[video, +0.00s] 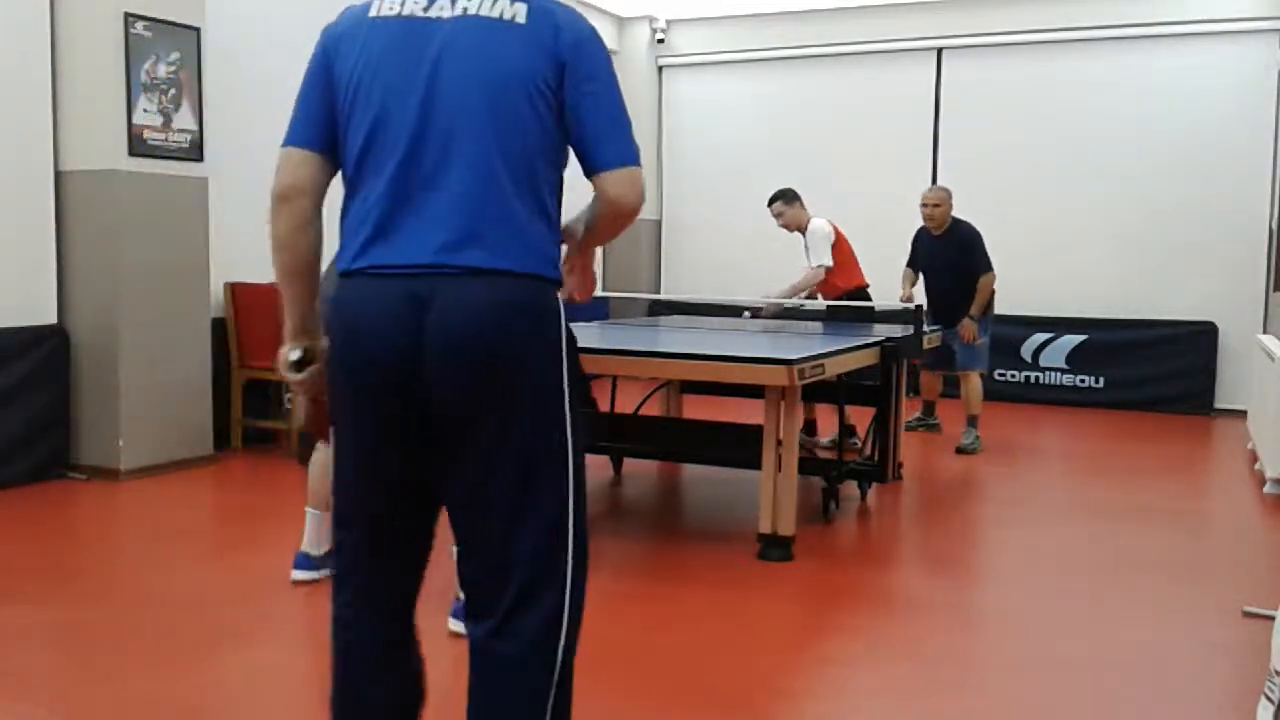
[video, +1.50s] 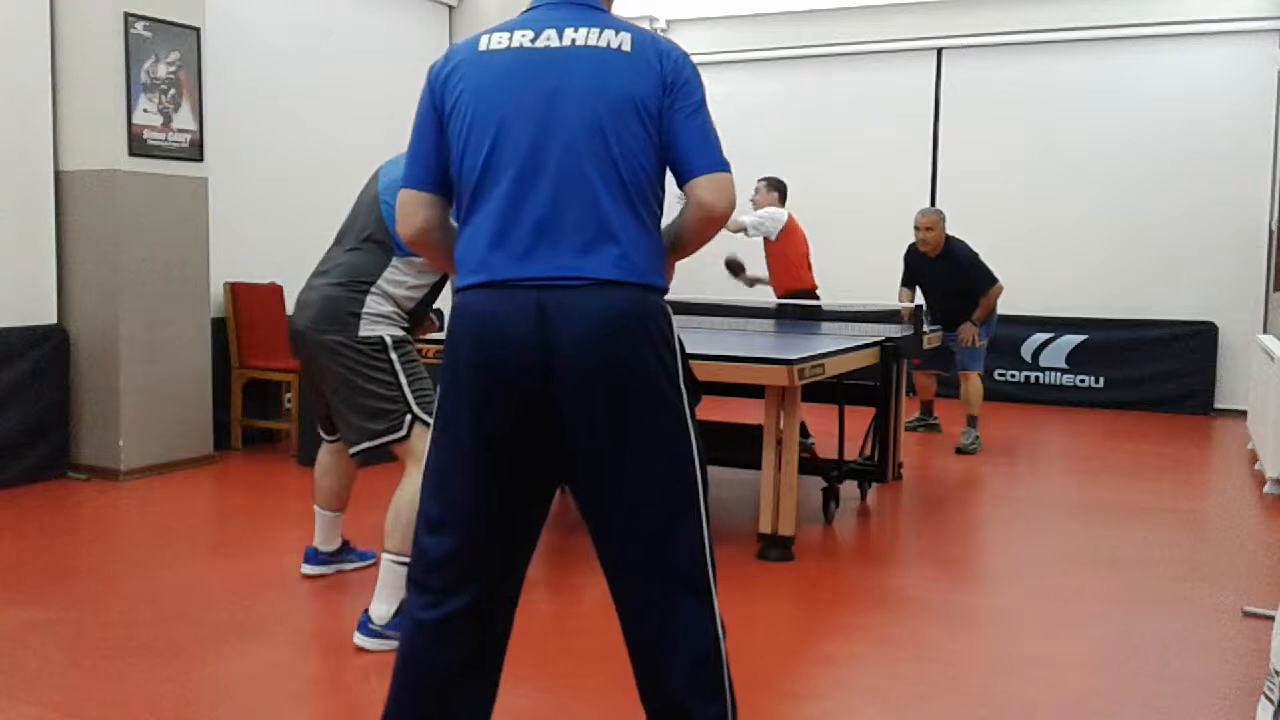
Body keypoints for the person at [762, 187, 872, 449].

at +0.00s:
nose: (779, 223)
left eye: (780, 216)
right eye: (775, 218)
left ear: (798, 208)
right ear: (796, 212)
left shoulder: (818, 228)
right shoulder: (810, 233)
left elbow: (819, 272)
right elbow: (823, 276)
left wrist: (782, 297)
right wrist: (803, 297)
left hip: (852, 305)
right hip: (837, 306)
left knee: (834, 368)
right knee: (817, 364)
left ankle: (845, 428)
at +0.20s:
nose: (765, 237)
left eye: (765, 229)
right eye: (762, 231)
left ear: (780, 220)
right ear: (783, 222)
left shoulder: (805, 239)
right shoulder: (806, 239)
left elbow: (788, 285)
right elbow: (818, 284)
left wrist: (749, 302)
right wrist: (797, 299)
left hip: (844, 311)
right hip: (832, 311)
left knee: (821, 373)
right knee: (813, 371)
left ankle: (845, 429)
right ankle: (844, 428)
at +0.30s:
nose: (758, 244)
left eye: (758, 236)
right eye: (755, 238)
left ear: (774, 228)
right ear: (776, 229)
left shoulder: (797, 245)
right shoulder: (794, 247)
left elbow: (776, 292)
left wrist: (736, 304)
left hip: (836, 316)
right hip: (825, 316)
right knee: (809, 375)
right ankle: (842, 426)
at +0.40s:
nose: (751, 252)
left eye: (752, 244)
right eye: (749, 246)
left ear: (768, 236)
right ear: (771, 237)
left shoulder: (790, 253)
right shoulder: (789, 254)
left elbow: (766, 299)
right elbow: (772, 301)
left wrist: (724, 309)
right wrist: (734, 307)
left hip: (830, 319)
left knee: (779, 374)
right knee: (798, 376)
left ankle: (799, 431)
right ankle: (839, 422)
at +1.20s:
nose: (739, 237)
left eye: (740, 229)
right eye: (738, 231)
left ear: (756, 224)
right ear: (760, 225)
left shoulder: (771, 242)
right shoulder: (783, 245)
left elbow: (738, 279)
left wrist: (691, 287)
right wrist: (757, 290)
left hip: (802, 317)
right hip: (819, 315)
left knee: (773, 368)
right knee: (775, 368)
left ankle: (798, 433)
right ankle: (798, 432)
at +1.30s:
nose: (745, 219)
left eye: (747, 212)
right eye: (744, 213)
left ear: (764, 209)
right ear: (768, 211)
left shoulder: (773, 227)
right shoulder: (784, 232)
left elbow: (741, 249)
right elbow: (782, 281)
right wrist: (753, 271)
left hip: (804, 314)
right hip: (808, 312)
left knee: (781, 376)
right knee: (781, 375)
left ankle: (801, 435)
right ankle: (799, 434)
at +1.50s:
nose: (752, 198)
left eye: (757, 193)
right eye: (754, 193)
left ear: (774, 196)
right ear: (777, 197)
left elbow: (735, 226)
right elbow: (787, 277)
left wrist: (700, 205)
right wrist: (752, 279)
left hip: (795, 306)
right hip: (805, 304)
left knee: (782, 374)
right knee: (784, 375)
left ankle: (801, 435)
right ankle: (799, 434)